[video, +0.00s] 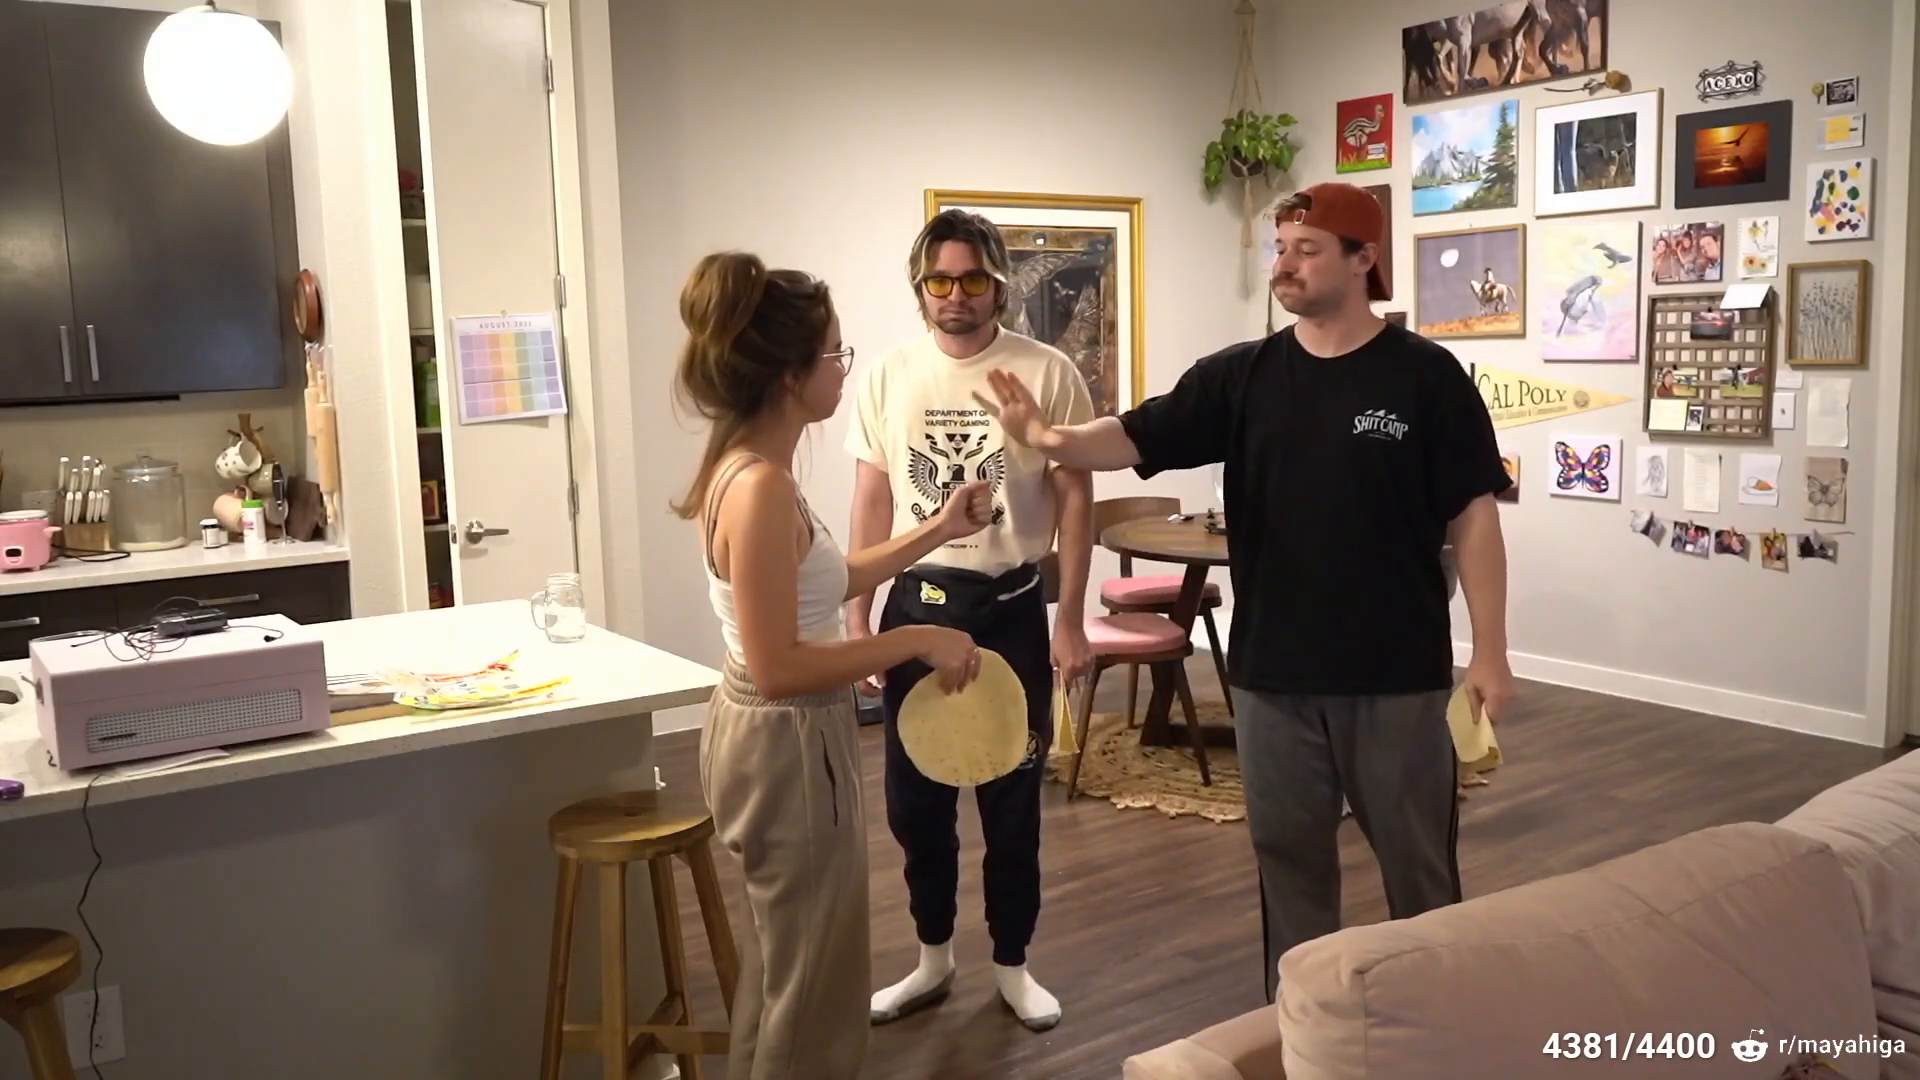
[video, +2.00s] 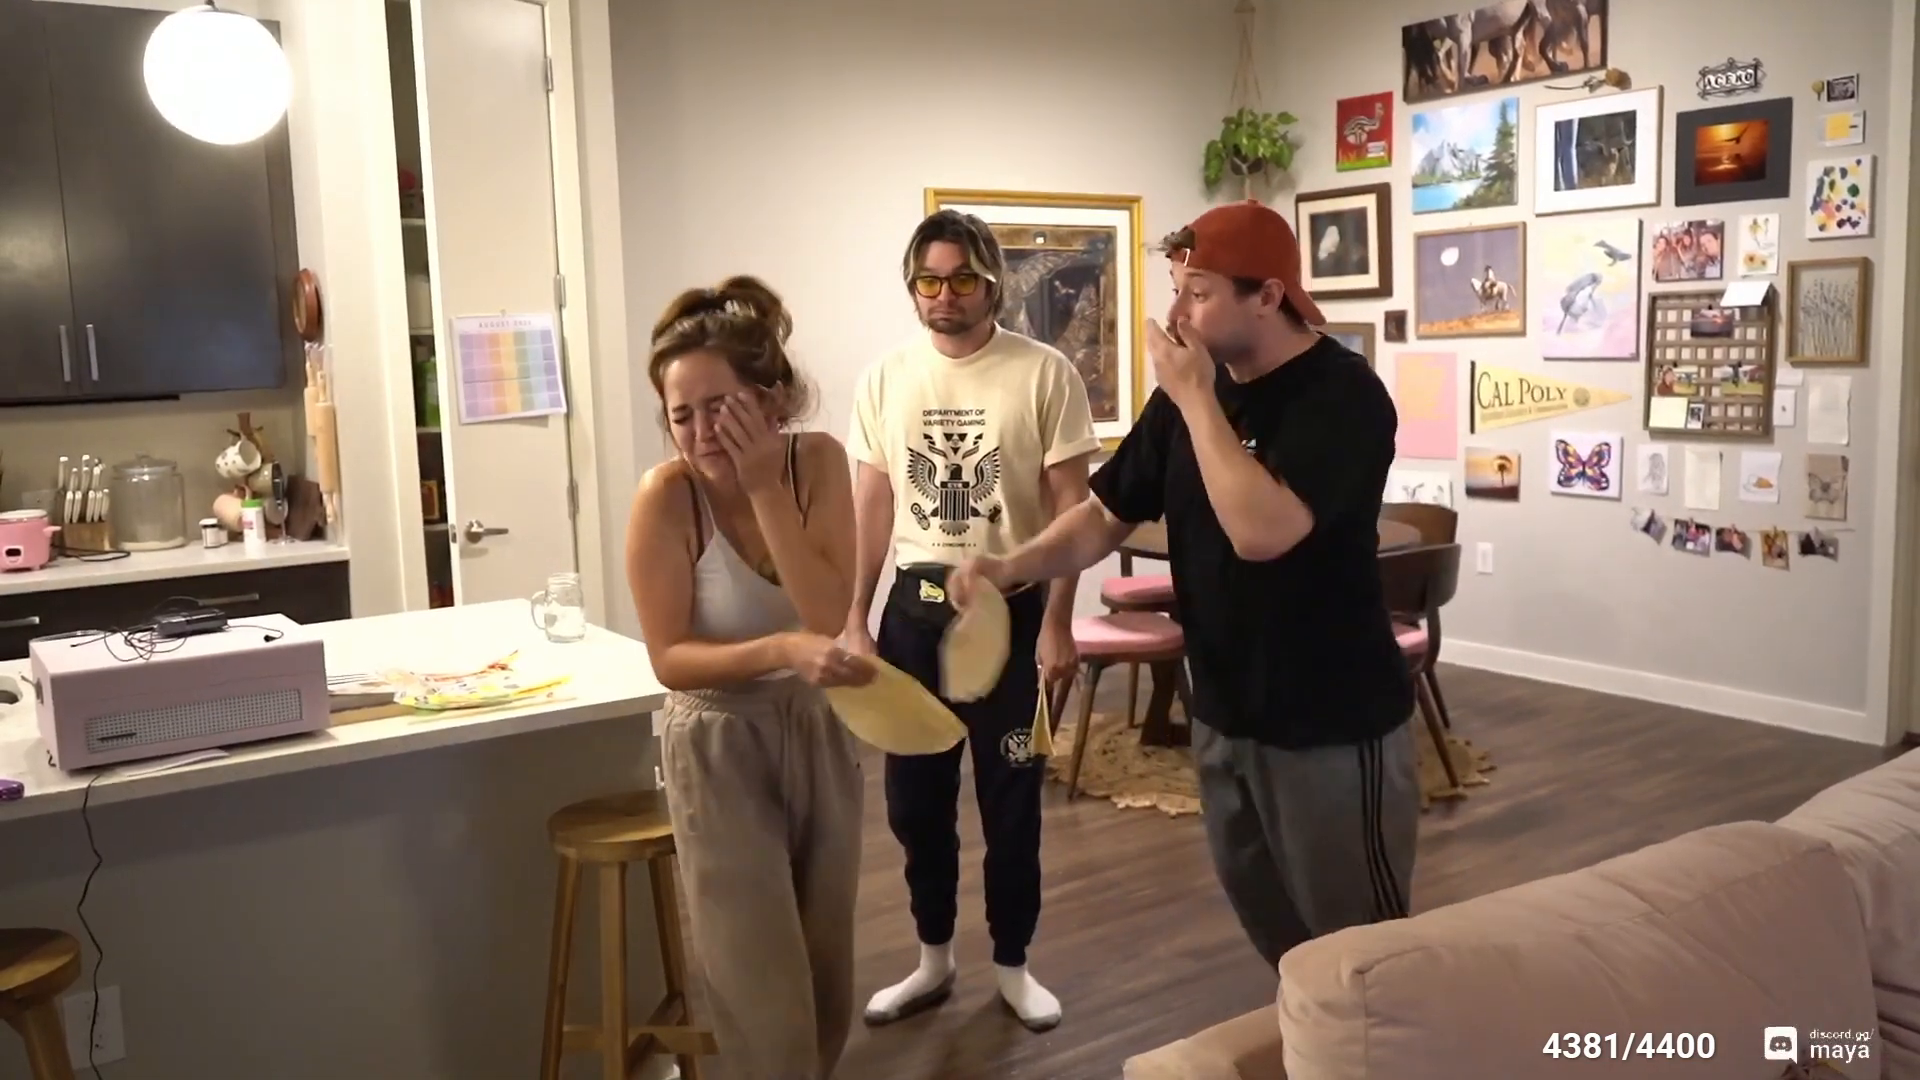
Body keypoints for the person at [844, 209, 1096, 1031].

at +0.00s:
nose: (955, 296)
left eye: (972, 281)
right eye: (940, 281)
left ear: (999, 285)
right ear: (920, 287)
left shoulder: (1047, 372)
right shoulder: (887, 376)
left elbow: (1076, 498)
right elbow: (872, 502)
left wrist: (1069, 618)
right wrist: (865, 624)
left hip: (1015, 605)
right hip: (915, 607)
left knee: (1012, 796)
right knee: (917, 799)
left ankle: (1013, 967)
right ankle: (933, 957)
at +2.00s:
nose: (943, 296)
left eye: (961, 280)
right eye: (928, 281)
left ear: (993, 285)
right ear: (910, 288)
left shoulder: (1045, 373)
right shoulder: (887, 378)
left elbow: (1073, 514)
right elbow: (874, 505)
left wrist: (1059, 623)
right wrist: (857, 617)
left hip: (1012, 612)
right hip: (910, 609)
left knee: (1011, 803)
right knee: (917, 802)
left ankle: (1012, 966)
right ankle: (934, 959)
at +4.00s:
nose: (930, 301)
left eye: (948, 286)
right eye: (918, 286)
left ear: (987, 290)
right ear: (904, 292)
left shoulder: (1049, 376)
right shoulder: (890, 381)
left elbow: (1080, 503)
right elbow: (878, 502)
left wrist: (1069, 628)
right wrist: (865, 623)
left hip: (1016, 610)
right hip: (921, 609)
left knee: (1015, 799)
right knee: (922, 796)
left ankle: (1013, 967)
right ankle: (933, 958)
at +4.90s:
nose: (933, 293)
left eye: (951, 279)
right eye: (921, 279)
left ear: (989, 285)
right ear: (906, 289)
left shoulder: (1049, 376)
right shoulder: (890, 380)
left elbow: (1078, 504)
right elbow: (879, 504)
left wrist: (1064, 629)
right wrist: (864, 623)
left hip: (1015, 613)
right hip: (919, 613)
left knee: (1014, 803)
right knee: (919, 804)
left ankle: (1012, 967)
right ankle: (935, 959)